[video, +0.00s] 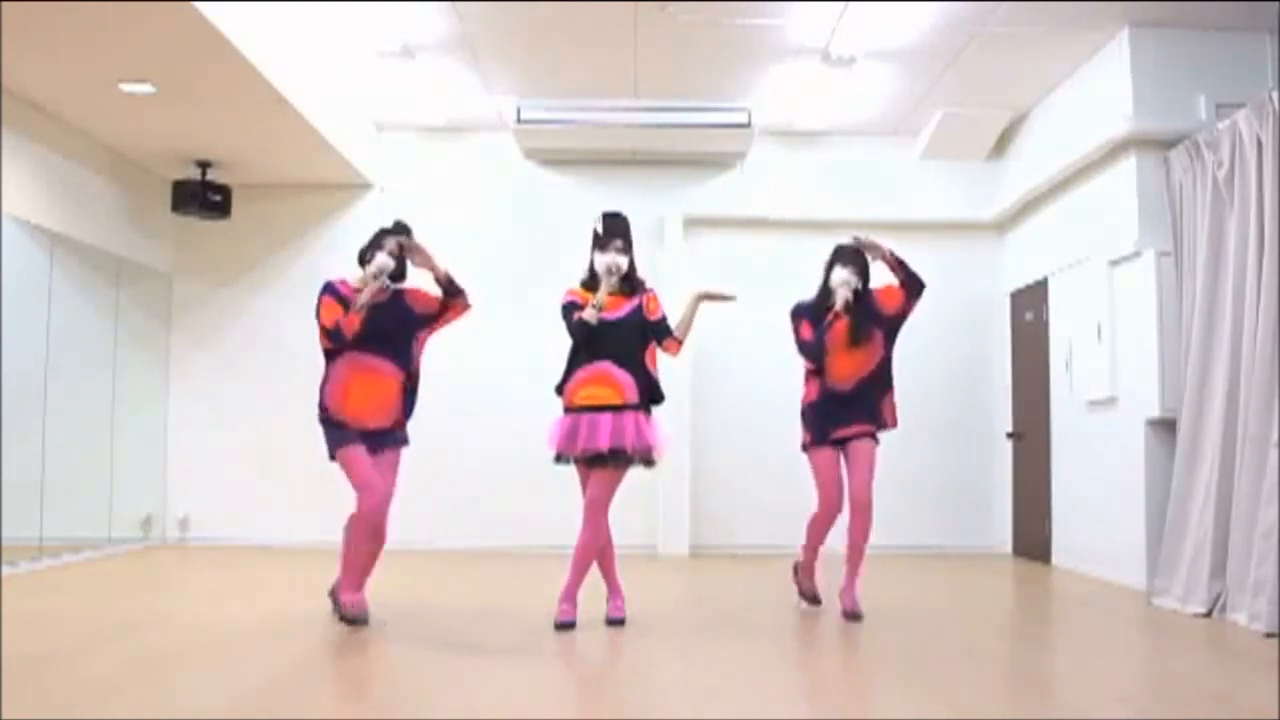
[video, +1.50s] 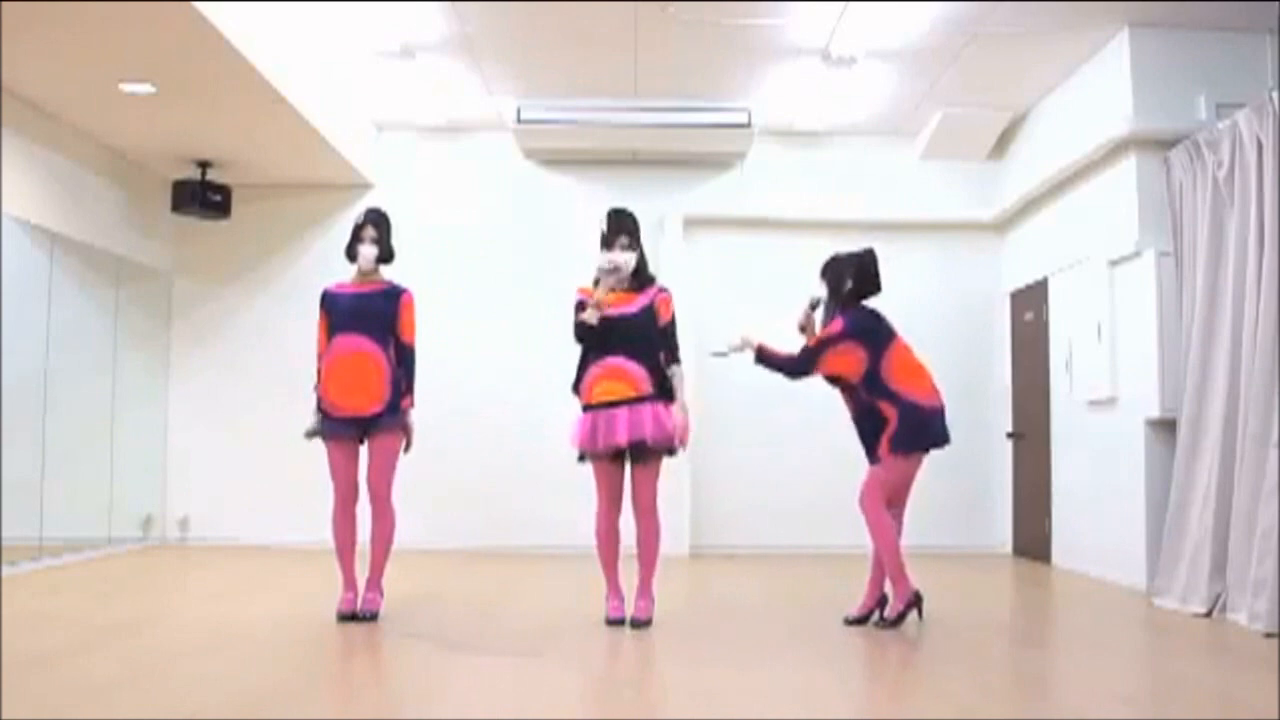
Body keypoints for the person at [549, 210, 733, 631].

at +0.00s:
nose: (613, 261)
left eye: (621, 252)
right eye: (606, 252)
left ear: (631, 255)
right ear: (593, 253)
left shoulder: (642, 297)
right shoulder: (576, 295)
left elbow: (671, 344)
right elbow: (579, 332)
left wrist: (695, 300)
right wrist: (602, 289)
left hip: (624, 407)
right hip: (582, 406)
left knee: (596, 503)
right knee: (594, 505)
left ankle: (567, 595)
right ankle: (615, 592)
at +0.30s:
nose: (613, 262)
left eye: (620, 254)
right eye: (606, 254)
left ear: (632, 257)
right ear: (594, 257)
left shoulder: (647, 298)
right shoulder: (580, 299)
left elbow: (677, 340)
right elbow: (583, 333)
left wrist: (680, 296)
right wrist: (604, 294)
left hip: (625, 407)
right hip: (582, 406)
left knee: (596, 505)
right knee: (593, 507)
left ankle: (569, 594)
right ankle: (613, 592)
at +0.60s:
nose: (615, 256)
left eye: (623, 247)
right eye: (608, 247)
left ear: (634, 251)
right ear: (596, 250)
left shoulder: (651, 295)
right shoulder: (582, 294)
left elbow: (682, 347)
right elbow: (582, 327)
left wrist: (698, 393)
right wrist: (602, 293)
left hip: (637, 401)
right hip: (593, 400)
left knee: (608, 478)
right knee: (600, 489)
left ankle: (634, 557)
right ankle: (612, 589)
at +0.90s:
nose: (619, 256)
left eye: (627, 247)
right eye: (611, 247)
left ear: (637, 251)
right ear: (598, 251)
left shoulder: (654, 295)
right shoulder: (583, 294)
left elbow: (659, 351)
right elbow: (591, 326)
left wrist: (666, 400)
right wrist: (609, 287)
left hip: (645, 401)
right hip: (599, 401)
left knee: (646, 502)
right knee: (606, 503)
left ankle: (645, 593)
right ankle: (613, 592)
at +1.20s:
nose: (621, 257)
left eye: (628, 249)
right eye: (613, 249)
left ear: (638, 253)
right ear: (600, 253)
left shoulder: (655, 296)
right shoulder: (586, 295)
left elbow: (662, 354)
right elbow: (596, 329)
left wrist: (671, 405)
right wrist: (612, 290)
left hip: (646, 402)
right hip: (602, 402)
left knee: (647, 503)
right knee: (607, 503)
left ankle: (645, 592)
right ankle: (613, 592)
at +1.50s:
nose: (619, 257)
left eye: (627, 248)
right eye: (612, 247)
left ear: (639, 249)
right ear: (601, 249)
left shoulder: (656, 296)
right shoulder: (589, 297)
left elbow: (670, 353)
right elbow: (584, 334)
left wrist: (680, 404)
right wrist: (597, 296)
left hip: (646, 402)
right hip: (601, 404)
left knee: (645, 504)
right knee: (608, 505)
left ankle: (645, 592)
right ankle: (613, 592)